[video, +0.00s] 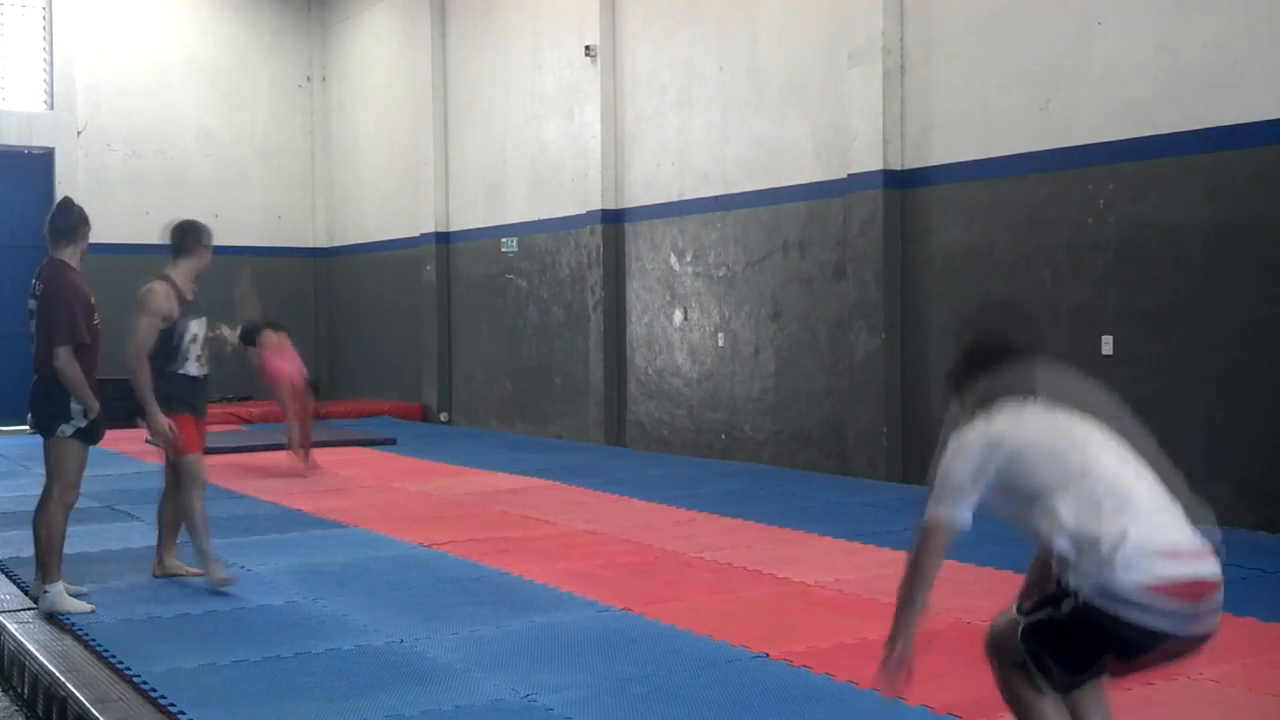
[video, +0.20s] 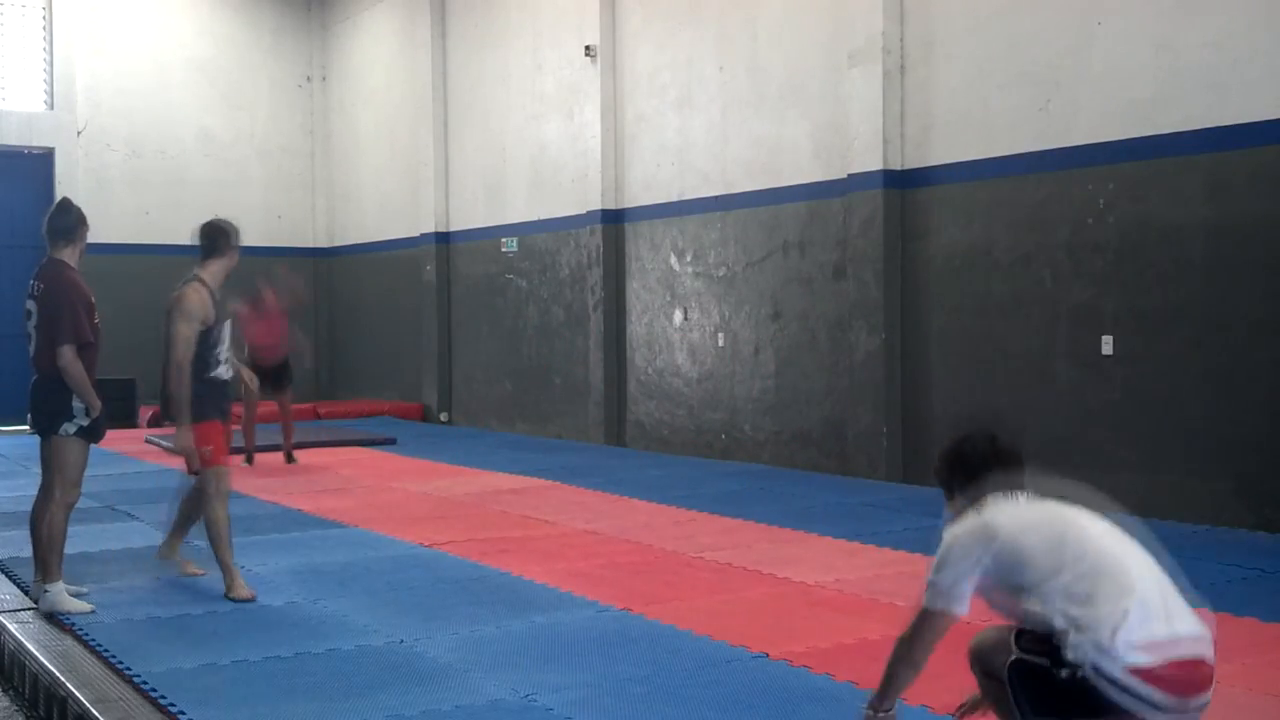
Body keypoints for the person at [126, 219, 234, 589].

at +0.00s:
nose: (211, 257)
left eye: (211, 250)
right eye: (209, 249)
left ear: (182, 248)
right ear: (200, 250)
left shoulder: (187, 292)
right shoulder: (158, 294)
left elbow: (184, 348)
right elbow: (136, 356)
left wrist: (214, 342)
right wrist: (153, 414)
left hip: (193, 399)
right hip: (170, 401)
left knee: (177, 482)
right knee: (194, 477)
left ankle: (165, 556)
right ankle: (210, 563)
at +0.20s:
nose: (239, 257)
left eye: (238, 250)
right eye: (238, 250)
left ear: (207, 249)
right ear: (231, 252)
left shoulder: (211, 292)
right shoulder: (192, 297)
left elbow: (211, 348)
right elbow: (180, 366)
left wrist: (236, 367)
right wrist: (183, 426)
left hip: (217, 400)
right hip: (199, 404)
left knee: (207, 484)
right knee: (217, 488)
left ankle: (170, 547)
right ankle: (232, 579)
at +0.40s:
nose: (258, 241)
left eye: (253, 233)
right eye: (256, 234)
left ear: (223, 236)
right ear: (252, 237)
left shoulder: (235, 277)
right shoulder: (219, 281)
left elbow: (276, 345)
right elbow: (215, 352)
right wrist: (234, 408)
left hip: (242, 393)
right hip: (215, 398)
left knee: (264, 477)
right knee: (218, 490)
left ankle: (222, 545)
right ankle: (230, 580)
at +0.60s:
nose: (274, 240)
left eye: (270, 235)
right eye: (273, 234)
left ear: (236, 237)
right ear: (267, 236)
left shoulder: (249, 275)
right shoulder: (238, 279)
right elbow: (251, 344)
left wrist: (220, 219)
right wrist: (291, 394)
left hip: (261, 405)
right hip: (231, 407)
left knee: (279, 489)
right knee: (230, 493)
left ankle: (285, 583)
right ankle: (232, 580)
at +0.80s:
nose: (293, 237)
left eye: (289, 231)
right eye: (292, 231)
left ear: (257, 235)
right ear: (289, 234)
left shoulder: (269, 275)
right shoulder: (257, 277)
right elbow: (246, 343)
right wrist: (287, 397)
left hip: (284, 404)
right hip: (255, 407)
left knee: (292, 503)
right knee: (271, 502)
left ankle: (280, 593)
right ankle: (238, 560)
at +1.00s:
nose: (317, 238)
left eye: (314, 231)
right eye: (316, 230)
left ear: (284, 229)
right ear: (309, 232)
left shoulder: (298, 280)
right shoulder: (261, 278)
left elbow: (297, 351)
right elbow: (247, 349)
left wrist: (351, 372)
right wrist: (305, 358)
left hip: (294, 401)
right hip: (262, 402)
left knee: (297, 501)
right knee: (278, 497)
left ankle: (281, 591)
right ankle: (265, 604)